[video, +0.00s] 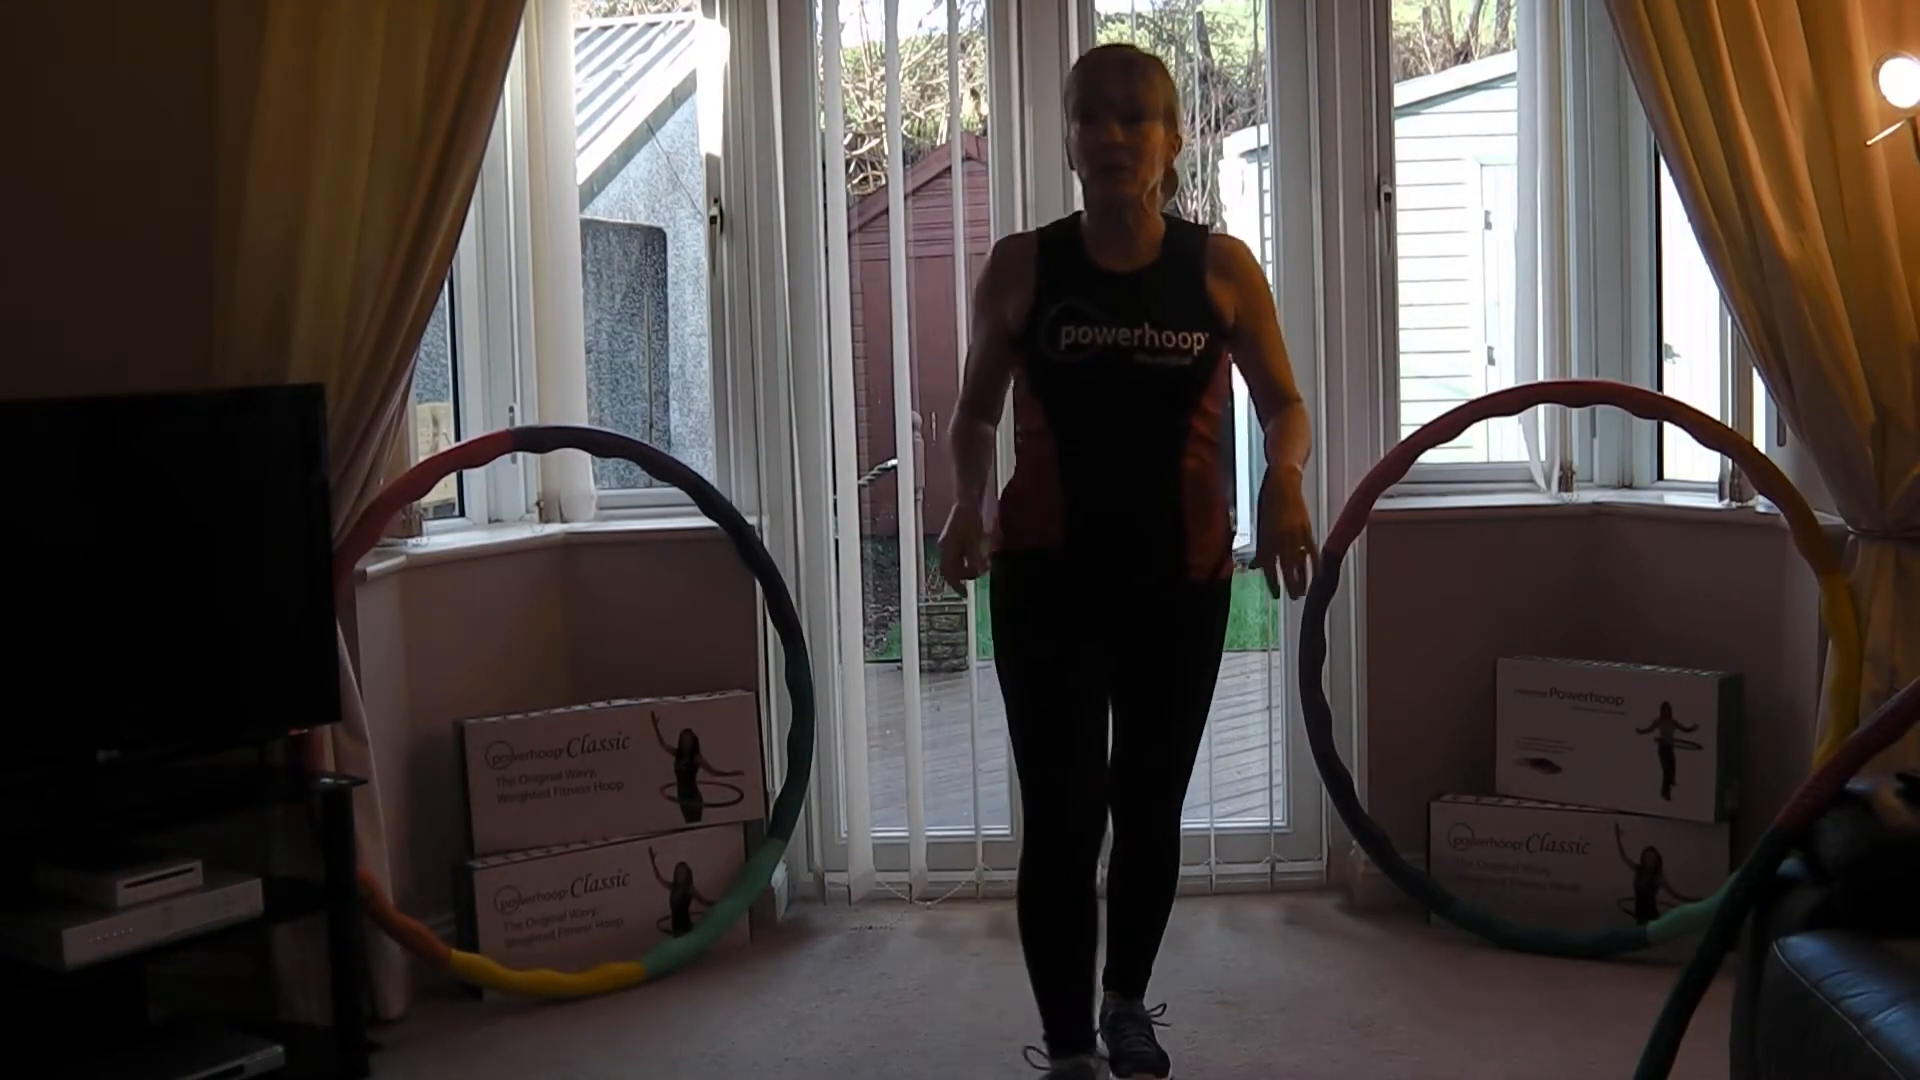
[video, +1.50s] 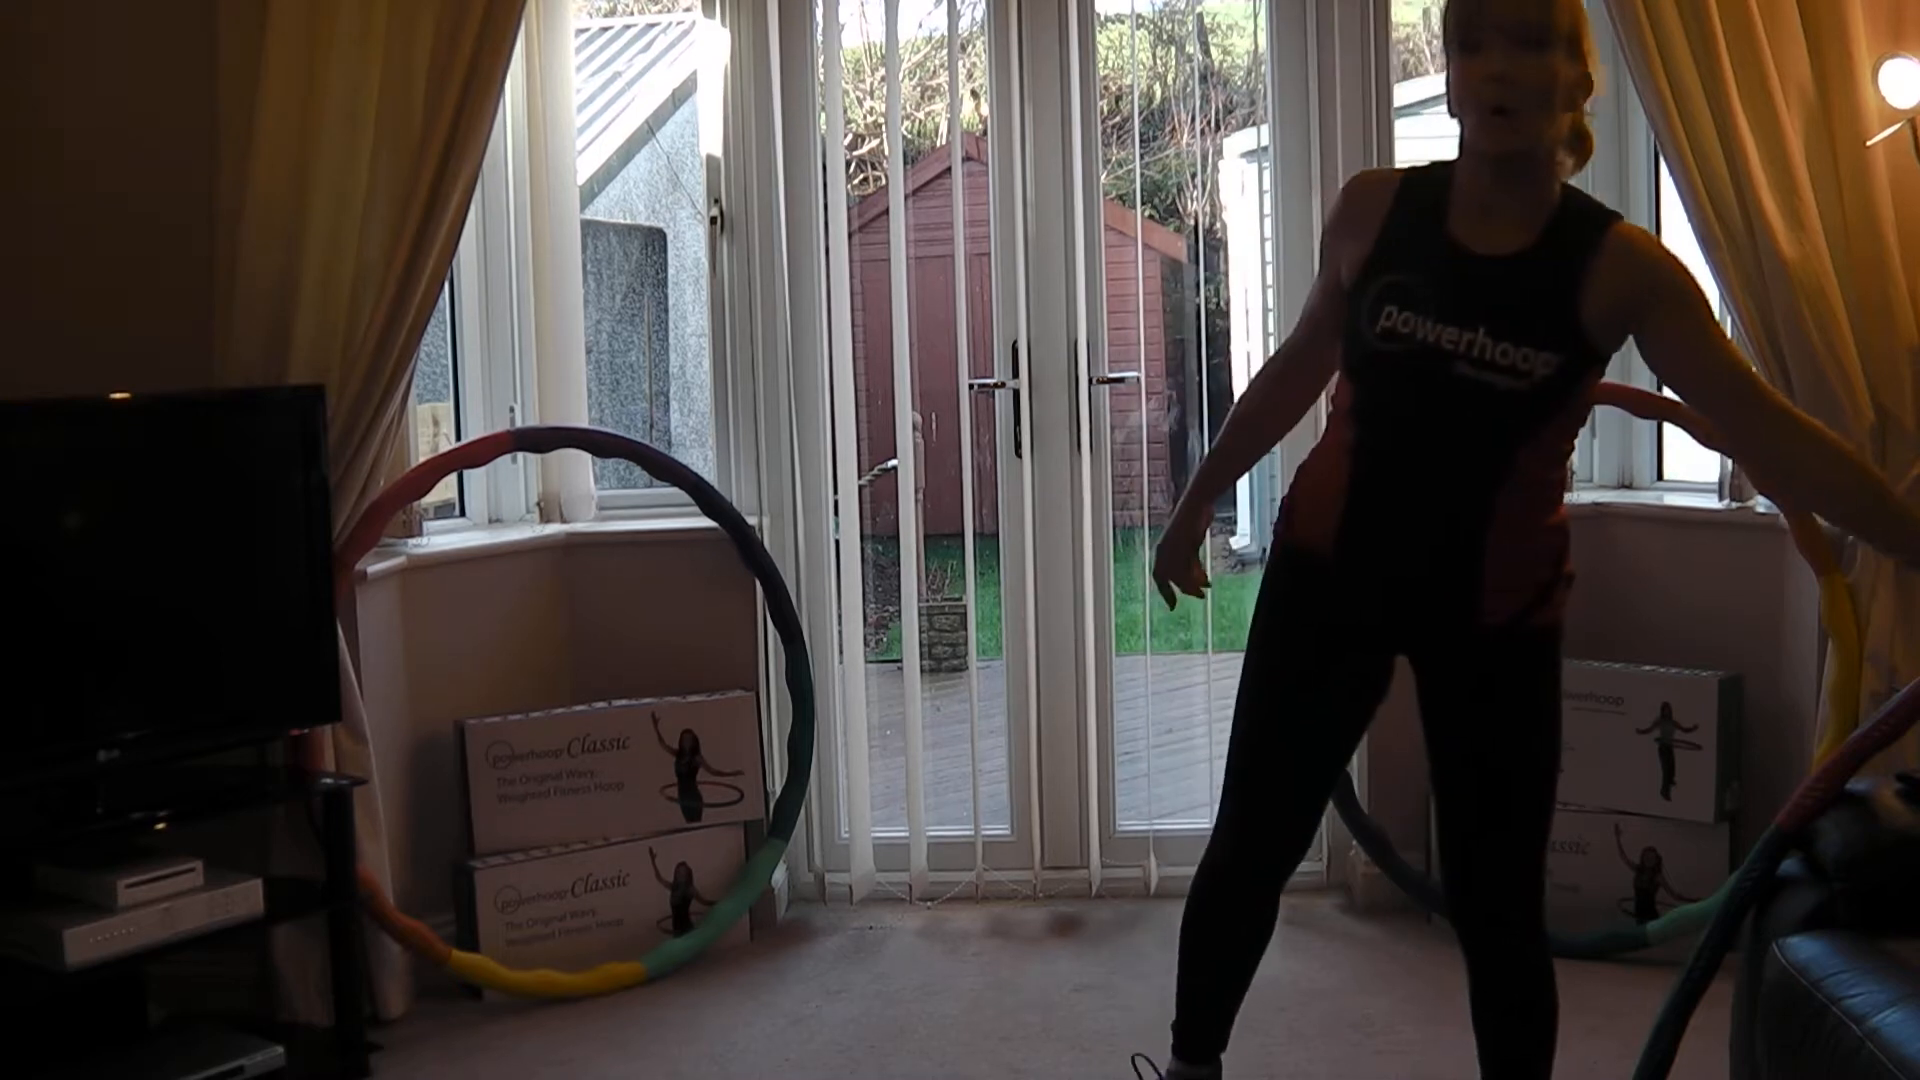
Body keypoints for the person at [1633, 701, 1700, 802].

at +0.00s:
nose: (1666, 712)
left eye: (1668, 710)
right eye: (1664, 710)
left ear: (1670, 711)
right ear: (1661, 711)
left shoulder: (1671, 721)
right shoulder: (1659, 721)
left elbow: (1683, 729)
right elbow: (1651, 729)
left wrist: (1692, 728)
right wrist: (1641, 731)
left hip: (1669, 748)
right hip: (1662, 748)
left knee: (1670, 770)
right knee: (1667, 771)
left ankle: (1667, 792)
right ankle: (1665, 792)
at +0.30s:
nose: (1667, 712)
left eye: (1668, 710)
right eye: (1665, 710)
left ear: (1670, 711)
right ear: (1662, 711)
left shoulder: (1672, 721)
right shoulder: (1660, 721)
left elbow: (1684, 729)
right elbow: (1651, 729)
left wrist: (1693, 728)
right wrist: (1641, 731)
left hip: (1669, 748)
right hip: (1663, 748)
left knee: (1671, 770)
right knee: (1667, 770)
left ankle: (1667, 791)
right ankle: (1665, 792)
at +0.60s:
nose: (1667, 713)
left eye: (1668, 710)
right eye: (1665, 710)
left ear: (1670, 711)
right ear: (1662, 711)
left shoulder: (1672, 721)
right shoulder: (1659, 721)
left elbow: (1684, 730)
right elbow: (1651, 730)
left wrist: (1693, 729)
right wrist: (1641, 731)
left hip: (1669, 747)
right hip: (1663, 748)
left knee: (1671, 769)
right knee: (1667, 770)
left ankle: (1667, 791)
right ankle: (1665, 792)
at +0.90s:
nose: (1667, 712)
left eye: (1668, 710)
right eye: (1665, 710)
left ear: (1670, 711)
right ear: (1662, 711)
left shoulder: (1672, 721)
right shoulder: (1659, 721)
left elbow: (1683, 730)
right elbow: (1651, 729)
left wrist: (1692, 729)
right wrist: (1641, 731)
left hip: (1669, 747)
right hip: (1662, 748)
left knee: (1670, 770)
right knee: (1667, 771)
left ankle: (1667, 791)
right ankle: (1665, 792)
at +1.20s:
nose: (1667, 712)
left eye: (1668, 710)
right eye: (1665, 710)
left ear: (1670, 711)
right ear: (1661, 711)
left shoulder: (1671, 722)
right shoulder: (1660, 721)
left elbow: (1684, 730)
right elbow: (1650, 730)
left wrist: (1693, 728)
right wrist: (1641, 732)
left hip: (1669, 747)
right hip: (1662, 747)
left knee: (1671, 769)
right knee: (1667, 770)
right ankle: (1665, 791)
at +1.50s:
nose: (1666, 712)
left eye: (1668, 710)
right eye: (1665, 710)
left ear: (1670, 711)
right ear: (1662, 711)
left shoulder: (1671, 722)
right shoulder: (1660, 721)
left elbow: (1683, 730)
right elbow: (1650, 730)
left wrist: (1693, 728)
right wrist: (1641, 732)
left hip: (1669, 747)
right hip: (1662, 747)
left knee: (1671, 768)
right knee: (1667, 770)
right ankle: (1665, 791)